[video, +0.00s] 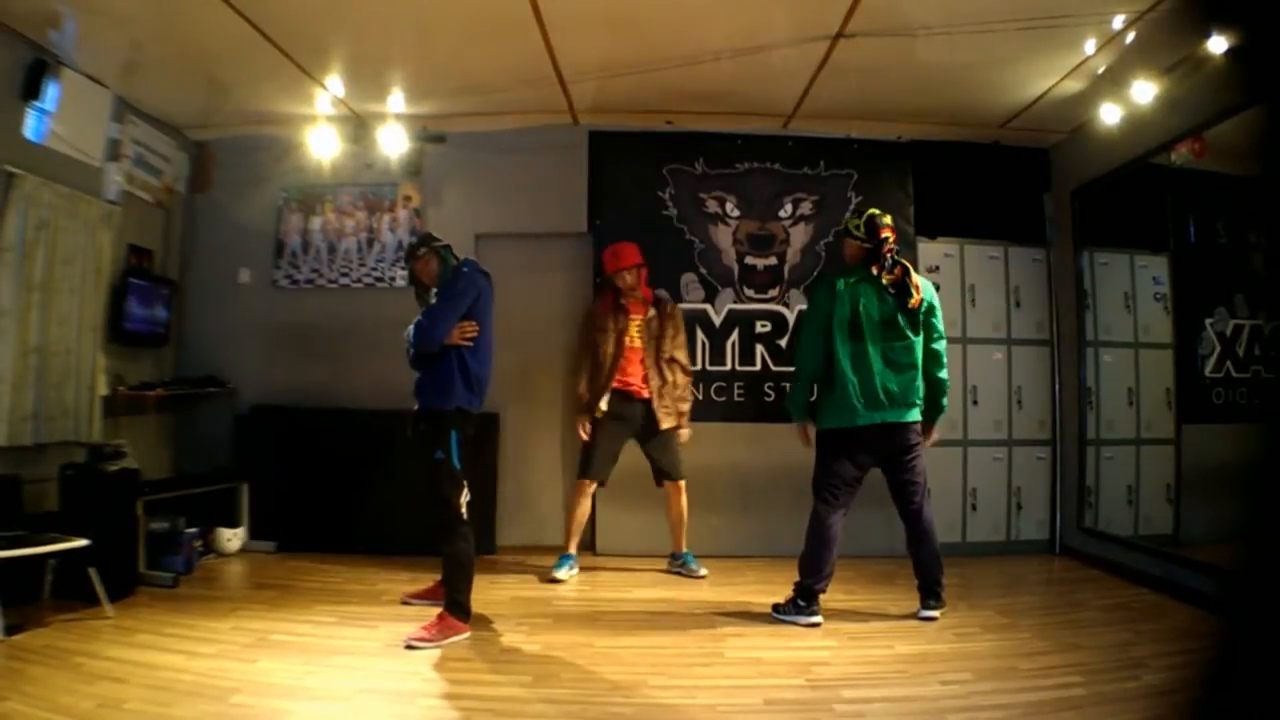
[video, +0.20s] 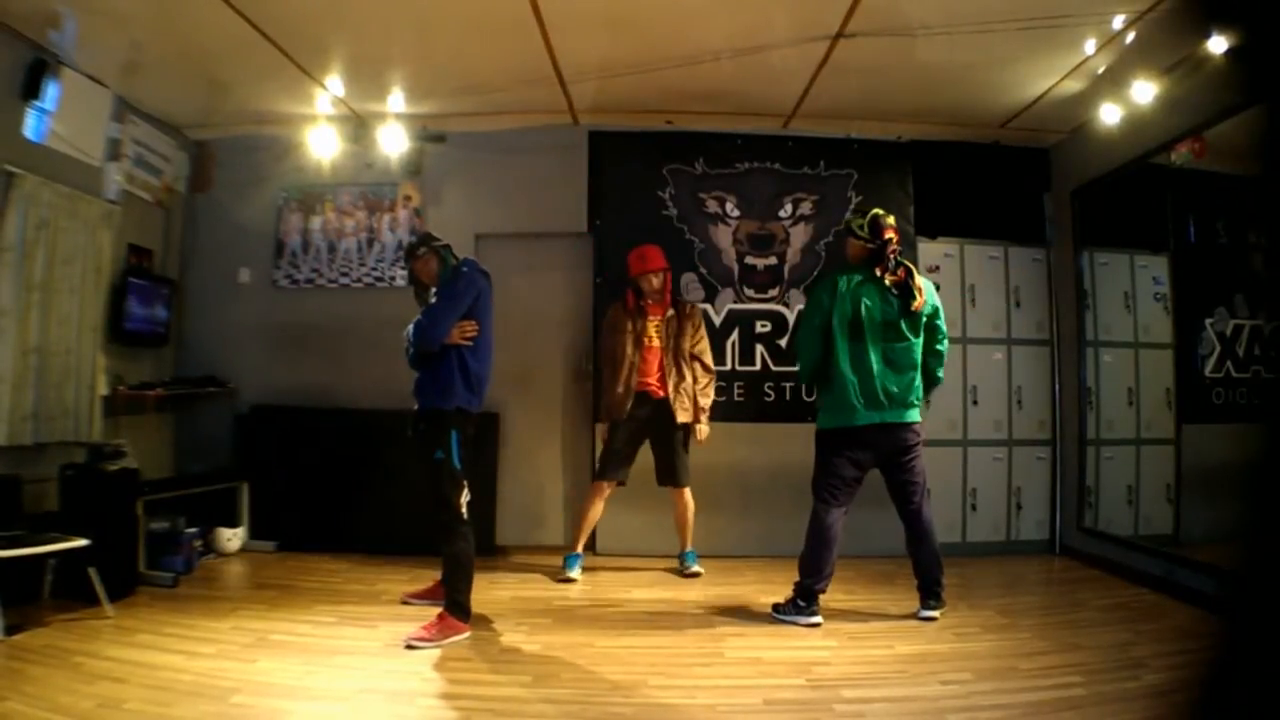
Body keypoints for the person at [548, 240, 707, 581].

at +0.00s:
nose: (625, 279)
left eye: (630, 272)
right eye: (618, 274)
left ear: (641, 271)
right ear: (611, 278)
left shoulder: (666, 312)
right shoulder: (601, 311)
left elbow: (679, 365)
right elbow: (585, 360)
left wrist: (682, 416)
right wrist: (583, 407)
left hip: (657, 408)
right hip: (613, 405)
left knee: (675, 480)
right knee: (587, 480)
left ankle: (680, 553)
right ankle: (569, 555)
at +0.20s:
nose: (656, 282)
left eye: (660, 274)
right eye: (648, 276)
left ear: (668, 275)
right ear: (635, 280)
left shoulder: (688, 315)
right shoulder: (619, 315)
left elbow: (703, 367)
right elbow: (608, 366)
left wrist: (702, 415)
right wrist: (603, 416)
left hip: (672, 408)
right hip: (630, 406)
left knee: (680, 485)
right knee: (603, 483)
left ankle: (687, 553)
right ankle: (575, 554)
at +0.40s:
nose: (665, 284)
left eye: (670, 277)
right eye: (658, 278)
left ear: (678, 278)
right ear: (646, 281)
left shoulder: (698, 318)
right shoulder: (629, 317)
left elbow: (707, 370)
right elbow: (617, 365)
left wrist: (698, 415)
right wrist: (608, 415)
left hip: (676, 412)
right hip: (635, 410)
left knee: (683, 489)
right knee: (603, 481)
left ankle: (688, 554)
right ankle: (578, 554)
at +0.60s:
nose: (653, 295)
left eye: (660, 288)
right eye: (648, 287)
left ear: (672, 289)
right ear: (638, 287)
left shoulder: (695, 321)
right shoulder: (622, 319)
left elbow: (716, 374)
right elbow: (608, 367)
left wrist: (699, 415)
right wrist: (606, 405)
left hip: (676, 417)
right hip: (632, 414)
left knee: (688, 497)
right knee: (604, 482)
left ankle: (689, 555)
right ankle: (581, 565)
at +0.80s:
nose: (636, 316)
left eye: (645, 311)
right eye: (634, 307)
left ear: (656, 316)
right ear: (625, 304)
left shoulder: (679, 346)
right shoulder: (599, 332)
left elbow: (700, 393)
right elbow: (584, 376)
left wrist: (684, 436)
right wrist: (591, 415)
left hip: (661, 421)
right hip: (616, 420)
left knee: (690, 496)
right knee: (596, 481)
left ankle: (689, 554)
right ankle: (579, 565)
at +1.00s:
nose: (635, 335)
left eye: (645, 333)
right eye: (634, 325)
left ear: (655, 338)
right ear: (625, 320)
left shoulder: (668, 366)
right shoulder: (590, 338)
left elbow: (677, 407)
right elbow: (562, 372)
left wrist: (651, 446)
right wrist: (573, 415)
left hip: (642, 429)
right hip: (598, 425)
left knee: (683, 492)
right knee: (581, 480)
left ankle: (684, 554)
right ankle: (578, 566)